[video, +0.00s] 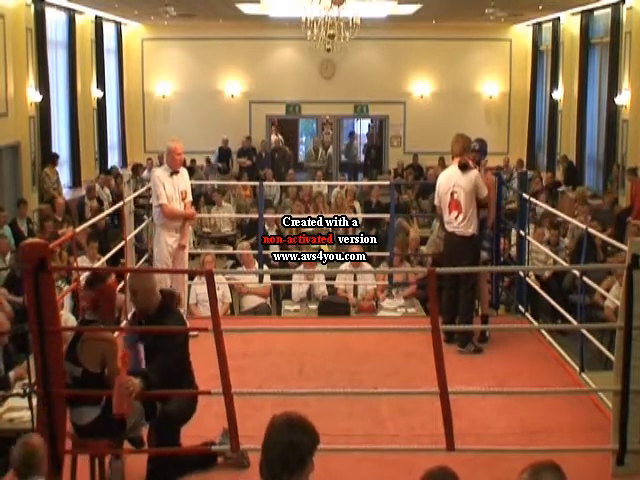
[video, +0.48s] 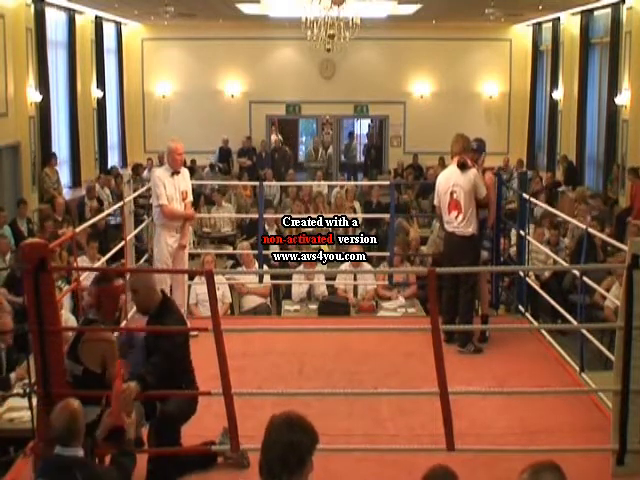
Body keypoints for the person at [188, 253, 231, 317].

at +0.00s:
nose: (209, 265)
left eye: (211, 262)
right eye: (207, 262)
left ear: (214, 263)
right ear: (203, 264)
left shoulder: (220, 279)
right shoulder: (197, 280)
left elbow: (227, 301)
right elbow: (192, 304)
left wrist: (219, 316)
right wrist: (201, 317)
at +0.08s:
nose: (209, 265)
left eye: (211, 262)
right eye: (207, 262)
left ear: (214, 263)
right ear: (203, 264)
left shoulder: (220, 279)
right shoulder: (197, 280)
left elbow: (227, 301)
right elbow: (192, 304)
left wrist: (219, 316)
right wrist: (201, 318)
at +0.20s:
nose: (210, 265)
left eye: (212, 262)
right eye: (207, 262)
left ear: (214, 263)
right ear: (203, 264)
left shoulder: (220, 279)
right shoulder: (197, 280)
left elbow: (227, 302)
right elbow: (192, 304)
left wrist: (218, 316)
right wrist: (201, 318)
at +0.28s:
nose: (210, 265)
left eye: (212, 262)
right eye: (207, 262)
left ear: (215, 263)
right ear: (203, 264)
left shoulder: (221, 279)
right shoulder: (197, 280)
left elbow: (227, 301)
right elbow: (192, 304)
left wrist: (219, 316)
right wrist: (202, 318)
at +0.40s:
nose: (210, 265)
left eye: (212, 262)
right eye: (207, 262)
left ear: (215, 263)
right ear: (203, 264)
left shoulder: (221, 279)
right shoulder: (197, 280)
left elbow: (227, 301)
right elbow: (192, 304)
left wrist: (219, 316)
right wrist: (202, 318)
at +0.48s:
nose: (210, 265)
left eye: (212, 262)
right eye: (207, 262)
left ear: (215, 263)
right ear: (203, 264)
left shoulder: (221, 279)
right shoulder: (197, 280)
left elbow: (227, 301)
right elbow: (192, 304)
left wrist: (219, 315)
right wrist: (202, 318)